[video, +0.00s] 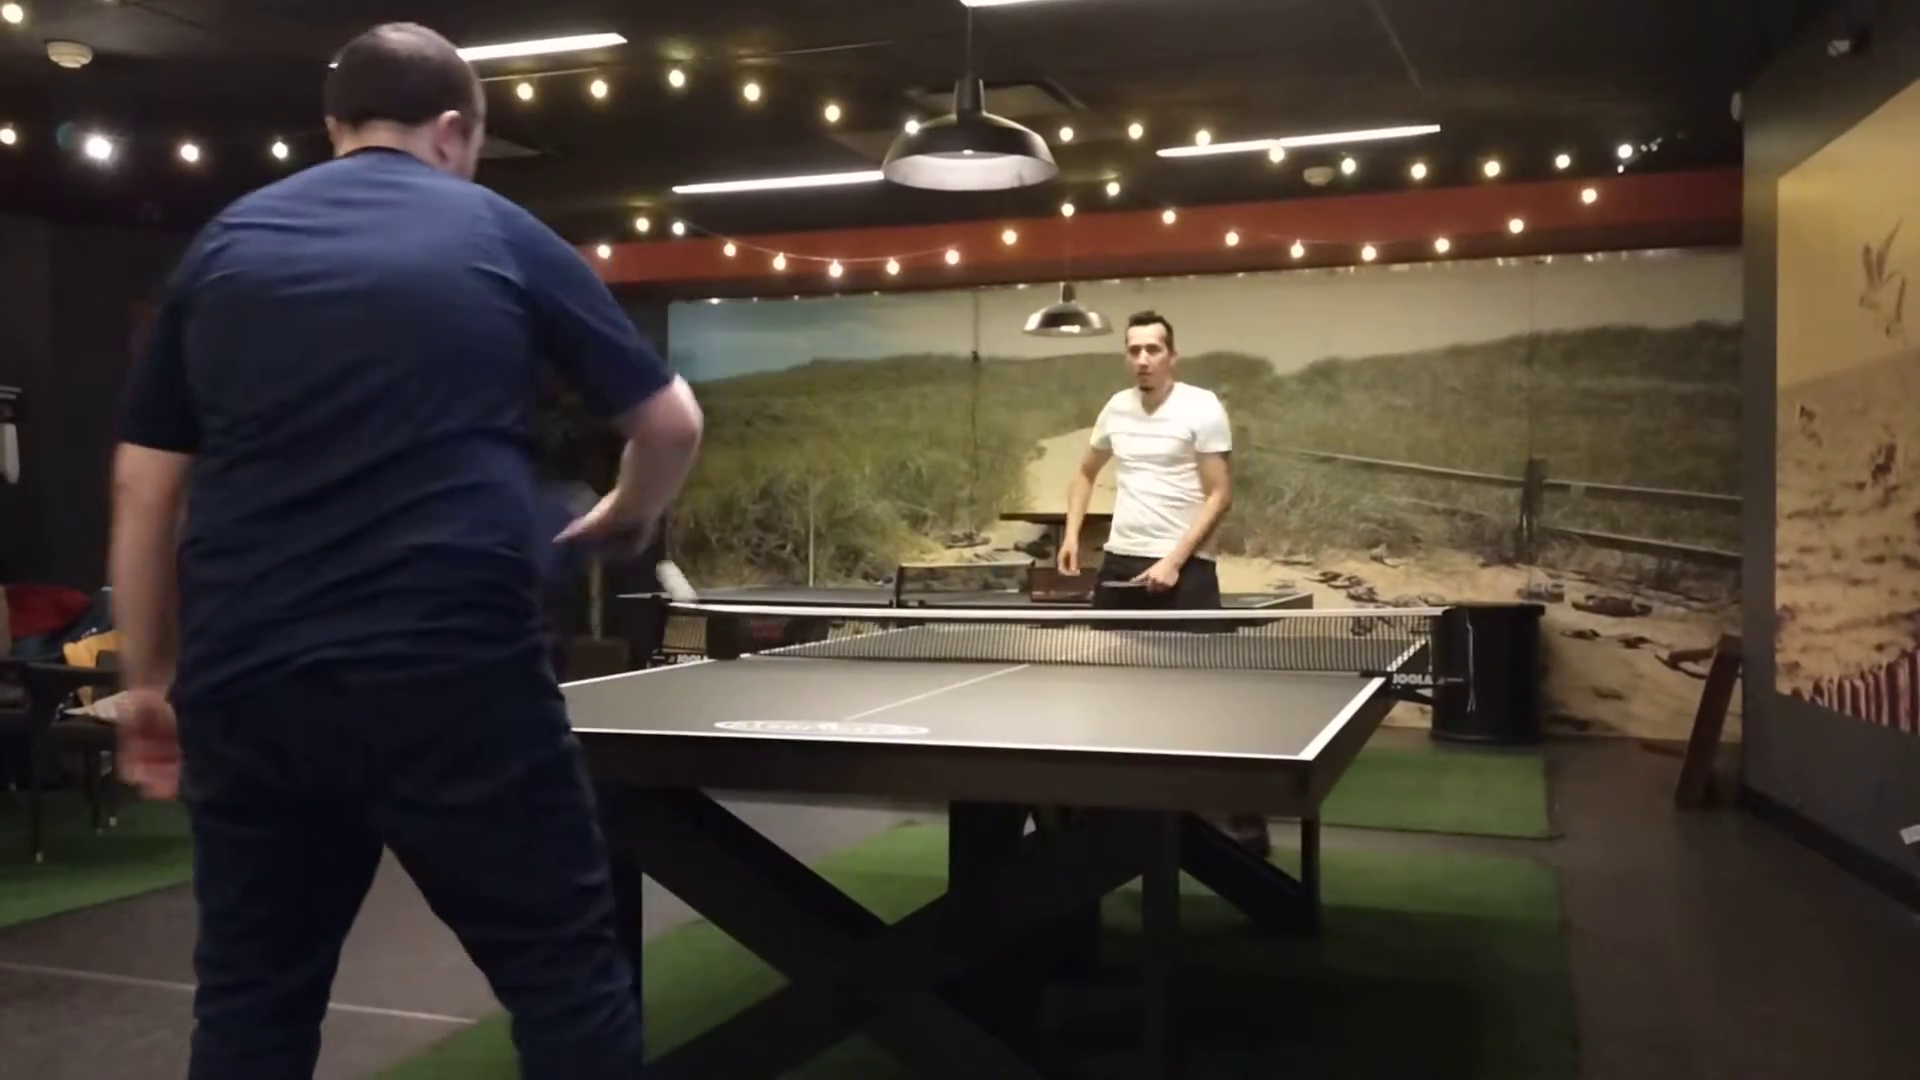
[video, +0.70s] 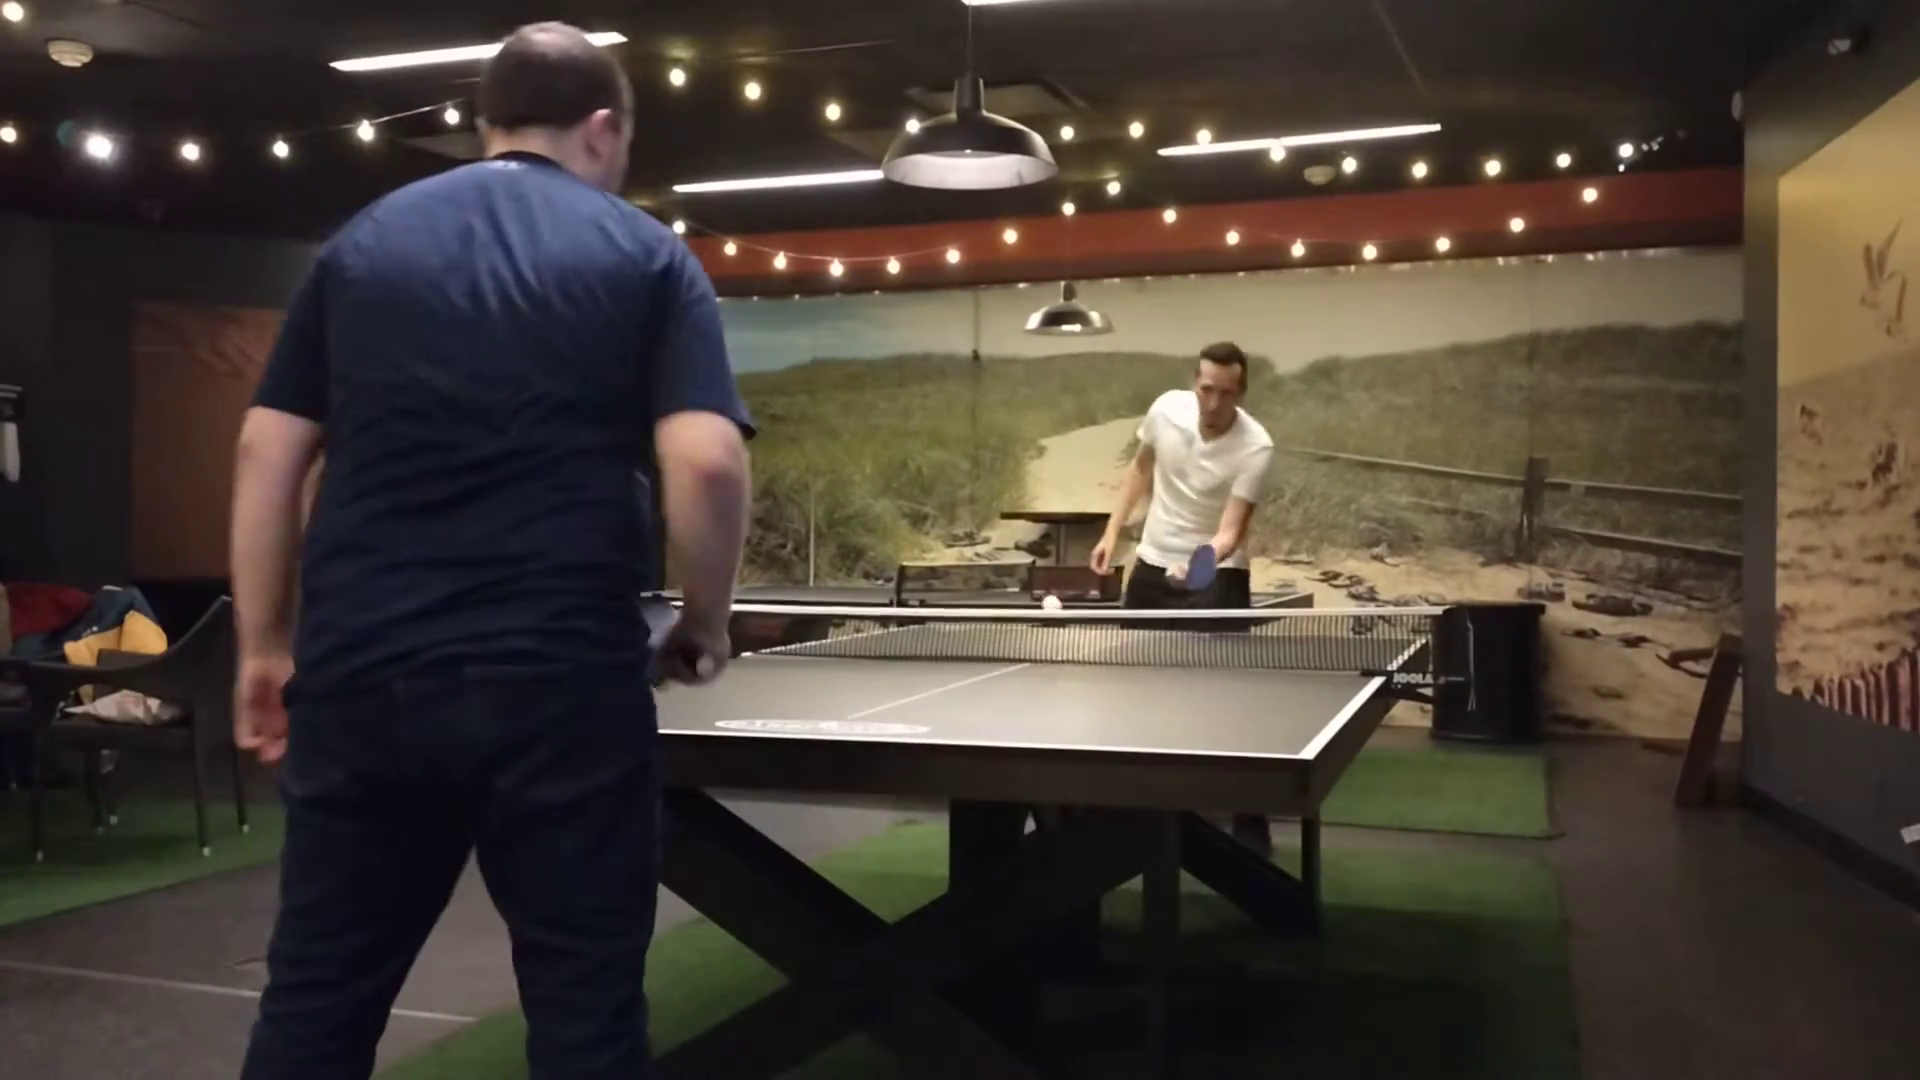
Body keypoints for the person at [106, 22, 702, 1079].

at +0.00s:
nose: (475, 161)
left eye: (475, 145)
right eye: (476, 141)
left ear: (334, 127)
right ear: (452, 132)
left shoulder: (226, 238)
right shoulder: (493, 227)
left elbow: (143, 476)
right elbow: (670, 422)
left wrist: (144, 676)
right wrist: (621, 518)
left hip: (252, 691)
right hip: (458, 678)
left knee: (247, 1005)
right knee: (567, 981)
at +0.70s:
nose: (623, 157)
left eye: (623, 141)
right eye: (624, 139)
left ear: (491, 126)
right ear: (602, 131)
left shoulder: (361, 242)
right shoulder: (645, 252)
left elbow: (269, 447)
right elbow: (707, 461)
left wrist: (262, 646)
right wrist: (702, 624)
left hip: (367, 685)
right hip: (567, 693)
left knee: (315, 1001)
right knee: (588, 1012)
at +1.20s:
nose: (690, 135)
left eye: (693, 118)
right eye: (691, 115)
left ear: (556, 110)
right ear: (670, 107)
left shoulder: (451, 219)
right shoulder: (696, 230)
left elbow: (368, 432)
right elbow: (736, 432)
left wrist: (406, 579)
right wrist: (754, 603)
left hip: (425, 647)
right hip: (604, 664)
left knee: (356, 947)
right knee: (617, 985)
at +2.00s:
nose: (642, 162)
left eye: (648, 136)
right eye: (646, 131)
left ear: (524, 99)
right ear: (605, 105)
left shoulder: (399, 221)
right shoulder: (614, 222)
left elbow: (349, 450)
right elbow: (614, 415)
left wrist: (368, 621)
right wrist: (618, 637)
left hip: (406, 655)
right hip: (571, 659)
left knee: (402, 973)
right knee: (661, 965)